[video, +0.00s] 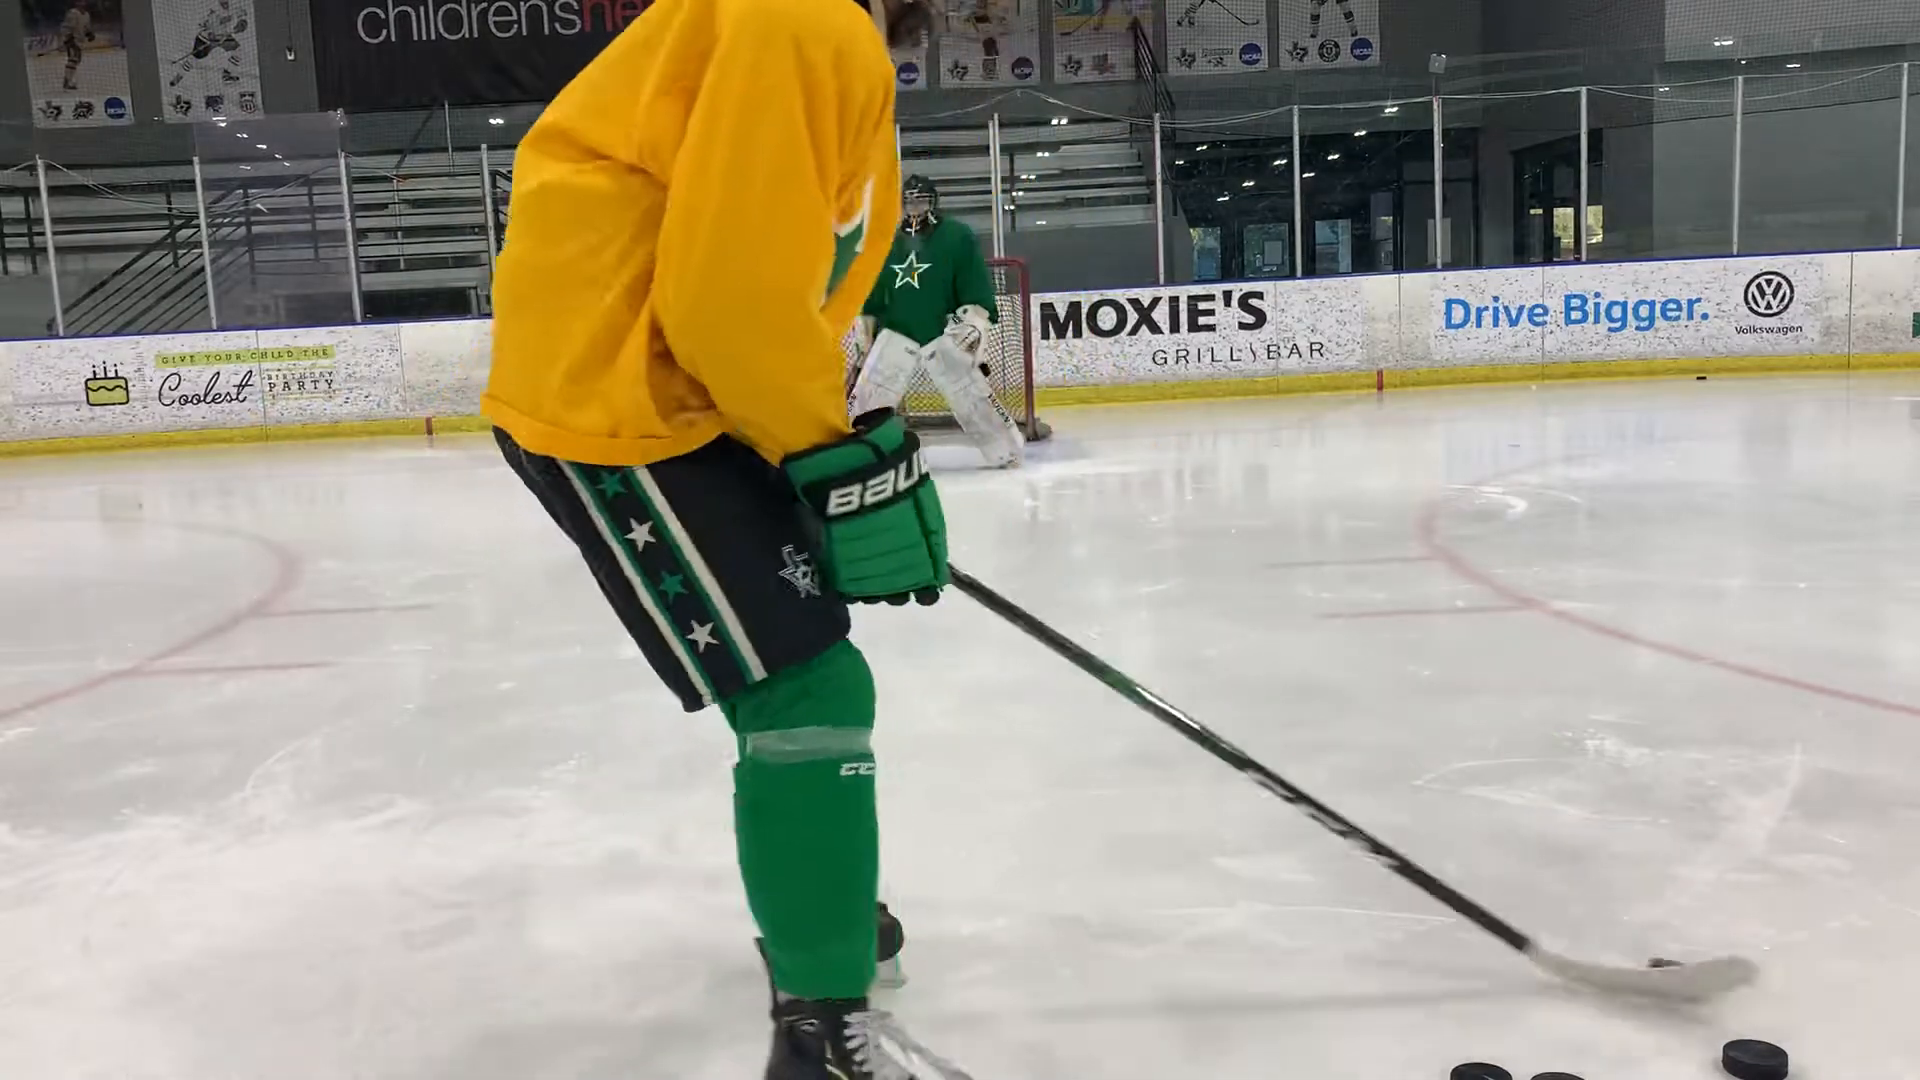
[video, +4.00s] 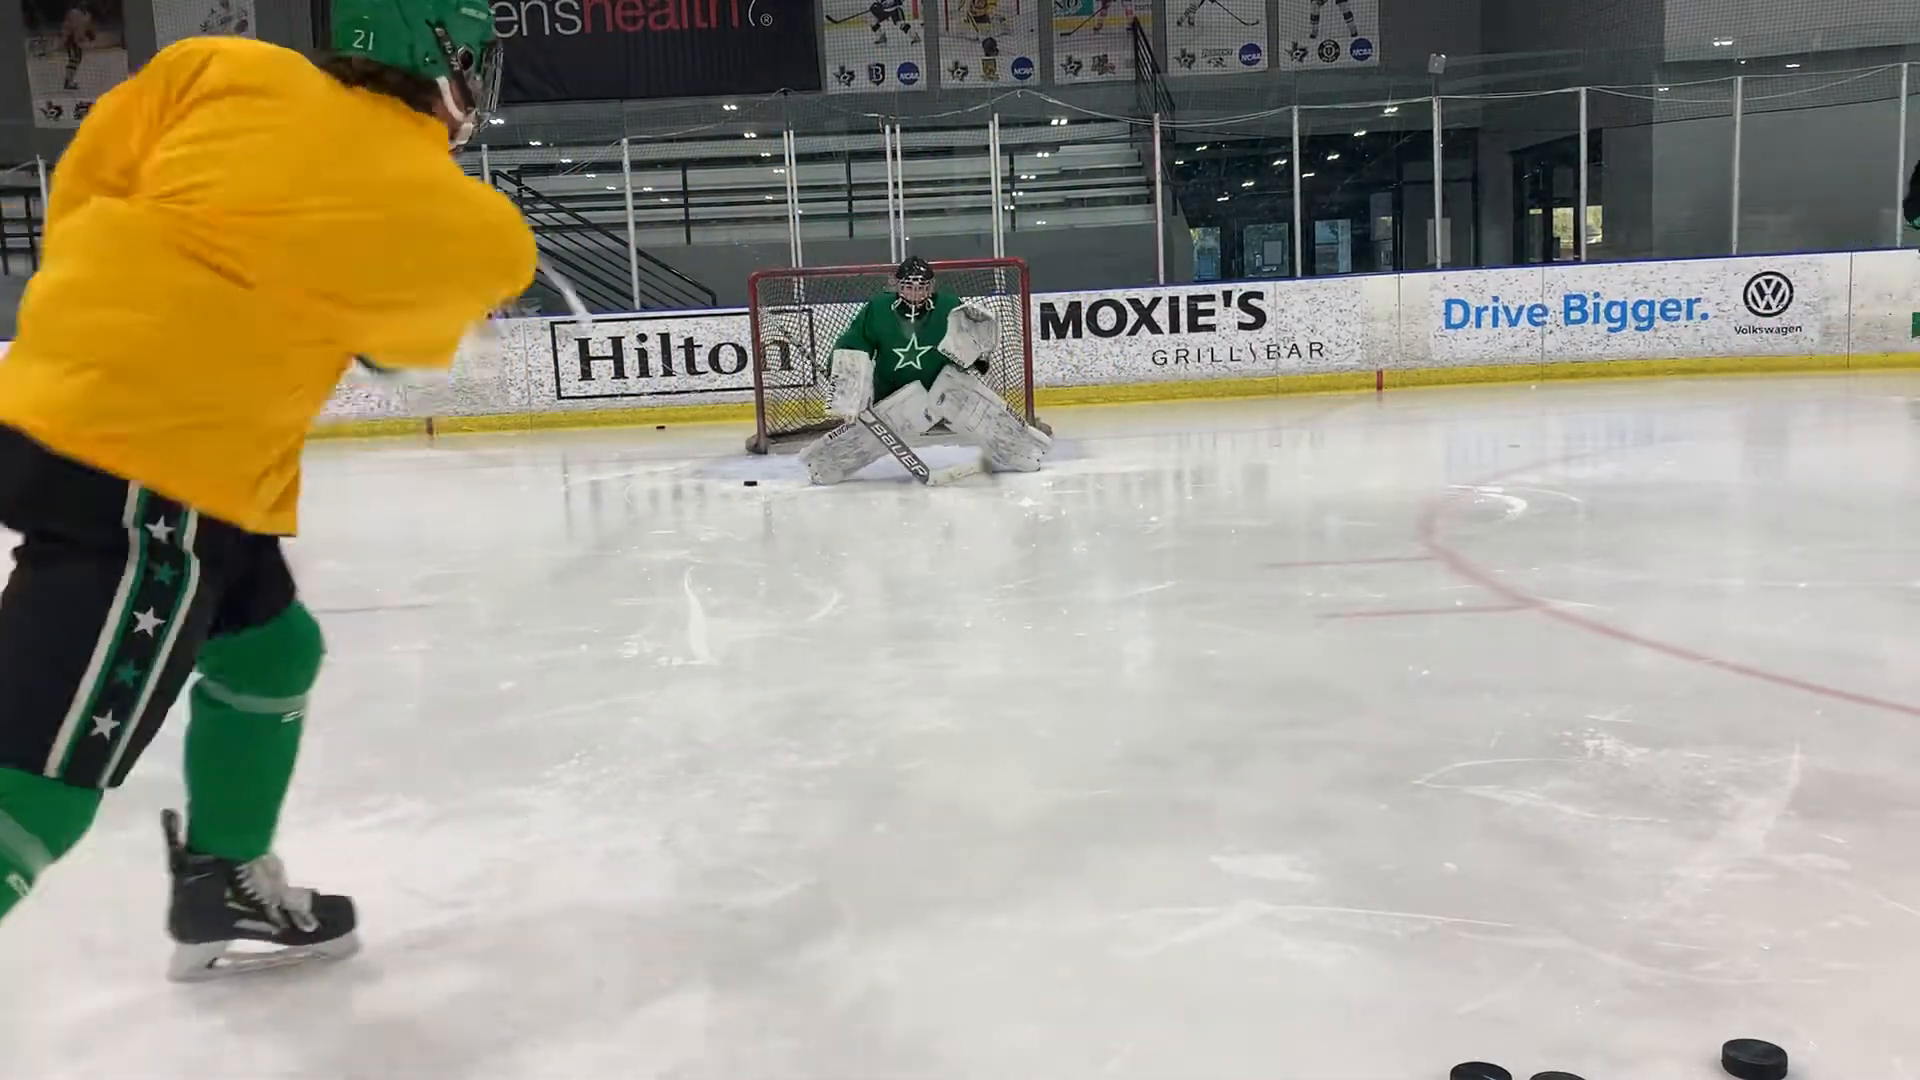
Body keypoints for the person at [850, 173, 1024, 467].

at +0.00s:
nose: (915, 208)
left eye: (922, 201)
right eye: (909, 201)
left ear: (932, 203)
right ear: (901, 204)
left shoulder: (955, 235)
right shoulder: (887, 239)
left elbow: (977, 284)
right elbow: (872, 293)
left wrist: (971, 326)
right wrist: (865, 338)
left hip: (942, 331)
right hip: (896, 333)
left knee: (971, 398)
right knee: (870, 397)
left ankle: (1006, 456)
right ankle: (861, 466)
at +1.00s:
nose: (849, 205)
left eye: (855, 200)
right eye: (844, 200)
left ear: (863, 202)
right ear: (835, 202)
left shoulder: (880, 230)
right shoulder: (817, 230)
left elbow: (899, 270)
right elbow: (799, 273)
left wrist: (908, 303)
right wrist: (791, 305)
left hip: (874, 320)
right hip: (829, 321)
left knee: (885, 382)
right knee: (828, 383)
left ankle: (896, 437)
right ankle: (831, 437)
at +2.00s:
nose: (865, 205)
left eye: (870, 200)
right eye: (860, 200)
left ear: (879, 202)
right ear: (851, 203)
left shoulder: (895, 230)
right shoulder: (833, 231)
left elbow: (913, 269)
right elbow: (816, 276)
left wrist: (892, 279)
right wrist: (850, 281)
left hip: (896, 319)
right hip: (854, 320)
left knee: (919, 377)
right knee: (840, 384)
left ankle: (931, 438)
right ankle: (816, 445)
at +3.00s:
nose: (894, 234)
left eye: (899, 227)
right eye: (888, 228)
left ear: (908, 228)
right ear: (879, 229)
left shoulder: (927, 254)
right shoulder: (858, 260)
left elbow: (950, 302)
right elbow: (838, 301)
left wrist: (953, 276)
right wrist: (840, 338)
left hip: (924, 341)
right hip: (879, 346)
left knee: (956, 398)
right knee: (865, 408)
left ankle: (994, 455)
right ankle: (825, 461)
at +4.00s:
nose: (916, 292)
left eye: (921, 286)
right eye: (909, 286)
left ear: (931, 285)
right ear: (898, 286)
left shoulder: (950, 307)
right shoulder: (877, 311)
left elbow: (977, 359)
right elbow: (850, 349)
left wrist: (973, 349)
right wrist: (849, 388)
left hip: (946, 389)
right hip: (895, 399)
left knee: (981, 415)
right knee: (870, 434)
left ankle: (1019, 448)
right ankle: (827, 464)